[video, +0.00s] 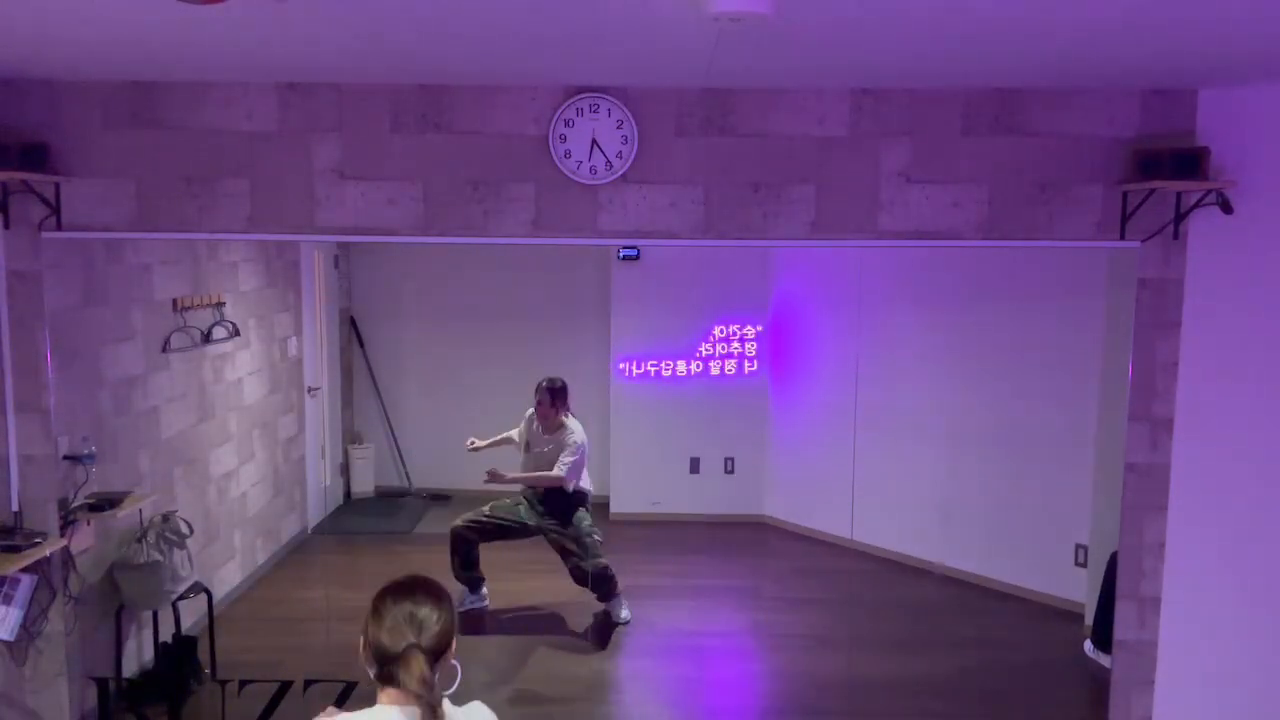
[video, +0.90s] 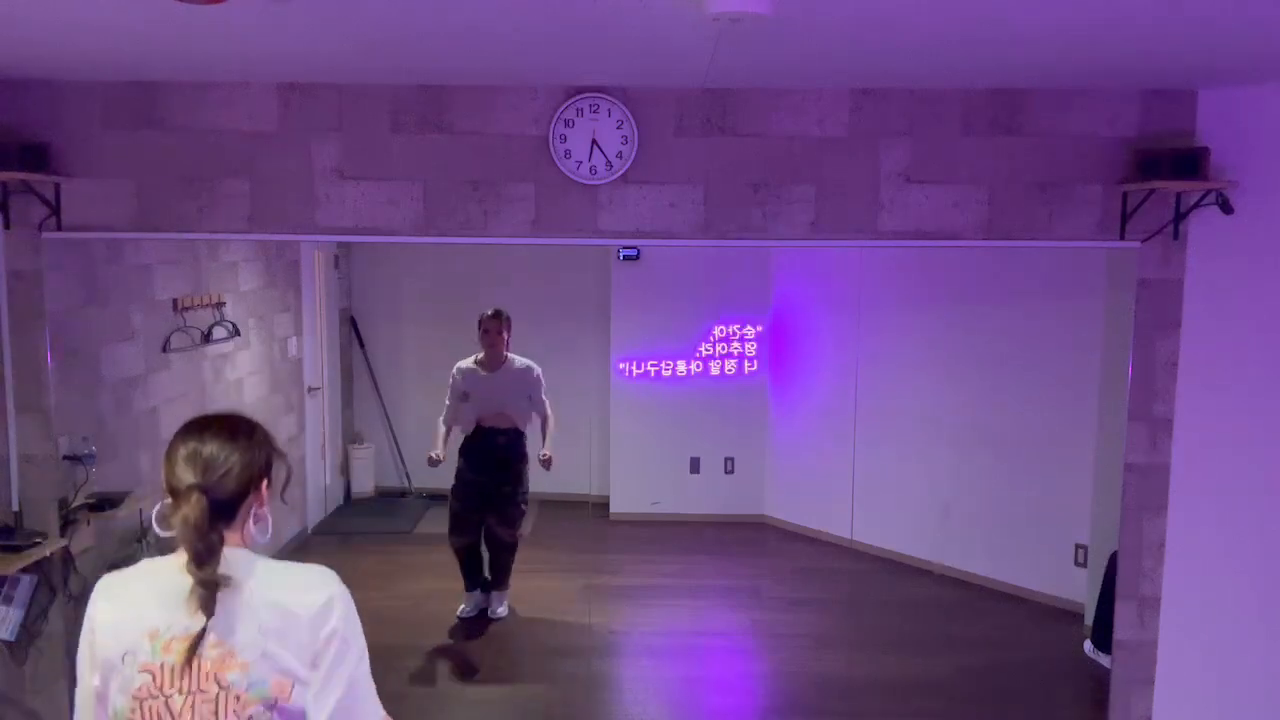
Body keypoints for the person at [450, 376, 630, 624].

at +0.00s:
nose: (536, 408)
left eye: (541, 404)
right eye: (536, 403)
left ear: (559, 407)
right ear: (535, 402)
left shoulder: (575, 437)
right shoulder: (532, 418)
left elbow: (559, 478)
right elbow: (517, 436)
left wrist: (506, 478)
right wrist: (484, 444)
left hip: (567, 510)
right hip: (531, 502)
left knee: (592, 567)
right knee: (462, 530)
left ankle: (613, 600)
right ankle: (475, 592)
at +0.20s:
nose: (528, 410)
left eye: (534, 407)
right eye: (528, 404)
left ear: (551, 407)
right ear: (526, 399)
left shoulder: (563, 422)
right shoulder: (516, 410)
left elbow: (565, 442)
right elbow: (488, 399)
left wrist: (519, 441)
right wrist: (468, 408)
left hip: (556, 502)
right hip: (517, 498)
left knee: (587, 559)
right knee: (450, 539)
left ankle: (613, 600)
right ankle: (474, 593)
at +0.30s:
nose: (526, 392)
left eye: (533, 387)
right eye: (522, 385)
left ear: (544, 387)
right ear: (517, 380)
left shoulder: (556, 401)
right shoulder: (505, 388)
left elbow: (571, 402)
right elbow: (468, 367)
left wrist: (530, 414)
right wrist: (462, 394)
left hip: (544, 482)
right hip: (508, 479)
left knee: (574, 544)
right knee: (448, 539)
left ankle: (612, 597)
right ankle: (474, 597)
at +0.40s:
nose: (519, 363)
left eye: (525, 358)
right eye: (516, 356)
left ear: (535, 357)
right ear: (508, 350)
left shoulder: (543, 367)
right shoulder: (492, 360)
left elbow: (576, 374)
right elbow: (446, 350)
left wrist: (544, 399)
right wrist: (458, 387)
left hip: (532, 460)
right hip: (497, 458)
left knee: (560, 530)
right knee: (453, 532)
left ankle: (600, 595)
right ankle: (472, 591)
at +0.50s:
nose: (506, 334)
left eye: (513, 330)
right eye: (504, 328)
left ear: (527, 332)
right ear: (499, 326)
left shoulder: (539, 348)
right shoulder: (482, 343)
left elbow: (578, 369)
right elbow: (437, 355)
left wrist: (549, 399)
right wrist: (452, 394)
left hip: (524, 438)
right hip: (488, 436)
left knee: (541, 517)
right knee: (467, 516)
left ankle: (566, 592)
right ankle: (468, 588)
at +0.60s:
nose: (499, 320)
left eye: (506, 315)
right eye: (497, 313)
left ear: (520, 318)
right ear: (492, 313)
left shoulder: (534, 342)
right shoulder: (475, 338)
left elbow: (565, 377)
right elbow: (442, 373)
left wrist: (550, 421)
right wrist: (446, 417)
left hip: (519, 431)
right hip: (482, 431)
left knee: (522, 514)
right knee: (476, 515)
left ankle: (526, 590)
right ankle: (476, 589)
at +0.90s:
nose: (490, 338)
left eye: (496, 332)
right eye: (485, 332)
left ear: (507, 336)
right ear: (478, 335)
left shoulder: (528, 372)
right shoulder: (463, 371)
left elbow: (545, 413)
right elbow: (449, 415)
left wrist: (546, 447)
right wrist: (439, 448)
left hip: (511, 449)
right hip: (474, 449)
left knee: (504, 525)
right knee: (462, 526)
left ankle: (499, 592)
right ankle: (474, 592)